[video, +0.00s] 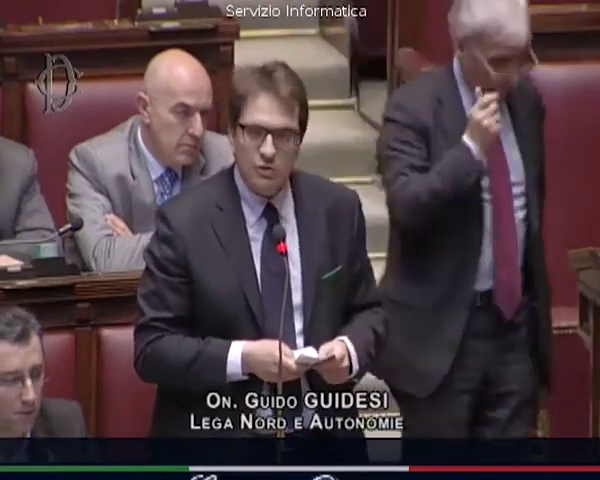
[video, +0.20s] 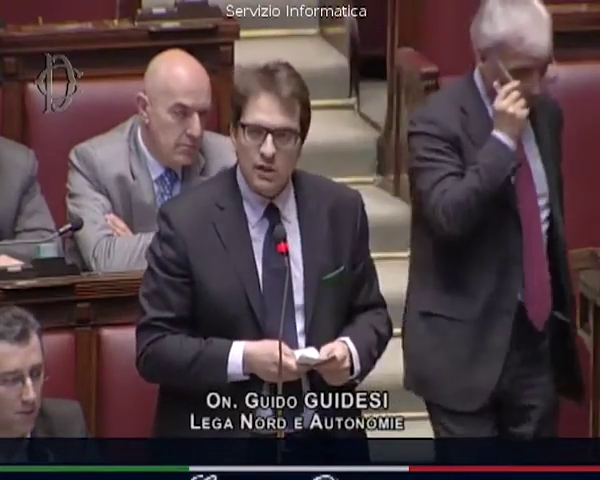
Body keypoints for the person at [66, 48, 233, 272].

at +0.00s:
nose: (197, 130)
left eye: (204, 113)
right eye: (182, 112)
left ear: (210, 108)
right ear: (145, 108)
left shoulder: (224, 155)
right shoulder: (92, 161)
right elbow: (105, 259)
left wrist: (138, 249)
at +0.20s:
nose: (196, 131)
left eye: (203, 113)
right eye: (180, 113)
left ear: (209, 108)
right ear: (144, 108)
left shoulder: (225, 155)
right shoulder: (91, 161)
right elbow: (105, 259)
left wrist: (138, 249)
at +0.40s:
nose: (189, 130)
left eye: (198, 113)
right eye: (174, 111)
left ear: (207, 108)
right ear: (141, 106)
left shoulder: (229, 157)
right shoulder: (91, 161)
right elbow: (105, 259)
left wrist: (138, 250)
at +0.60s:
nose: (185, 127)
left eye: (195, 111)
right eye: (170, 108)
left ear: (204, 108)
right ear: (140, 104)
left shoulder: (230, 157)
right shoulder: (91, 161)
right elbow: (105, 259)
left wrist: (138, 251)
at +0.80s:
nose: (185, 127)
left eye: (195, 111)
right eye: (170, 108)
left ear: (204, 108)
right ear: (140, 104)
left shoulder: (230, 157)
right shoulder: (91, 161)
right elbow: (105, 259)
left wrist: (139, 251)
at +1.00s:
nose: (185, 126)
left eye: (195, 110)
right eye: (170, 107)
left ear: (204, 108)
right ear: (140, 104)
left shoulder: (231, 157)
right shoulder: (91, 161)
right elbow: (105, 259)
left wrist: (138, 252)